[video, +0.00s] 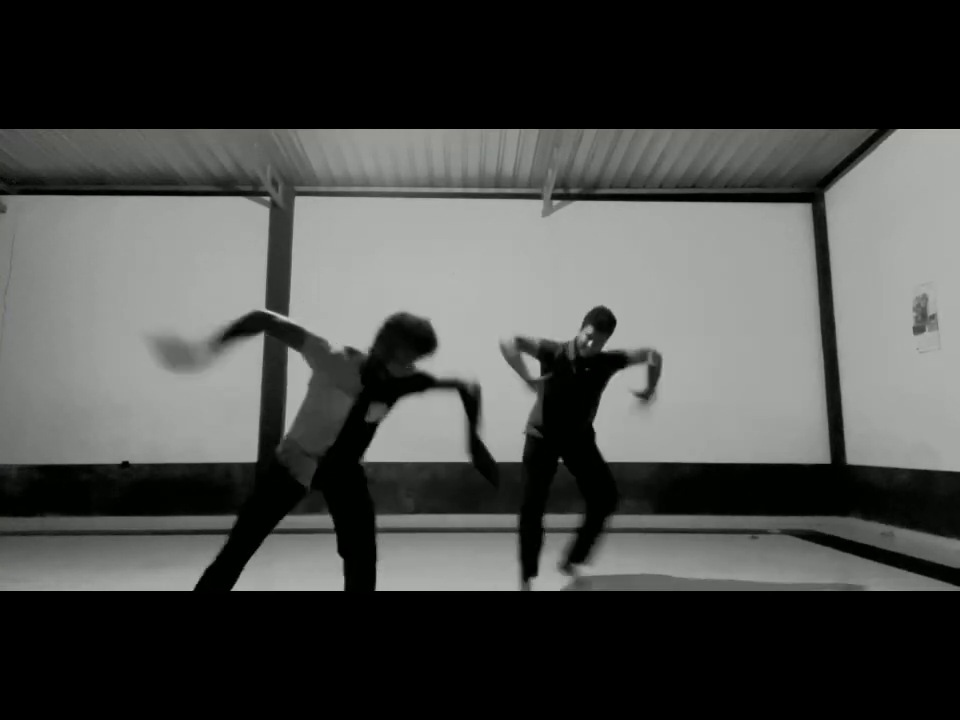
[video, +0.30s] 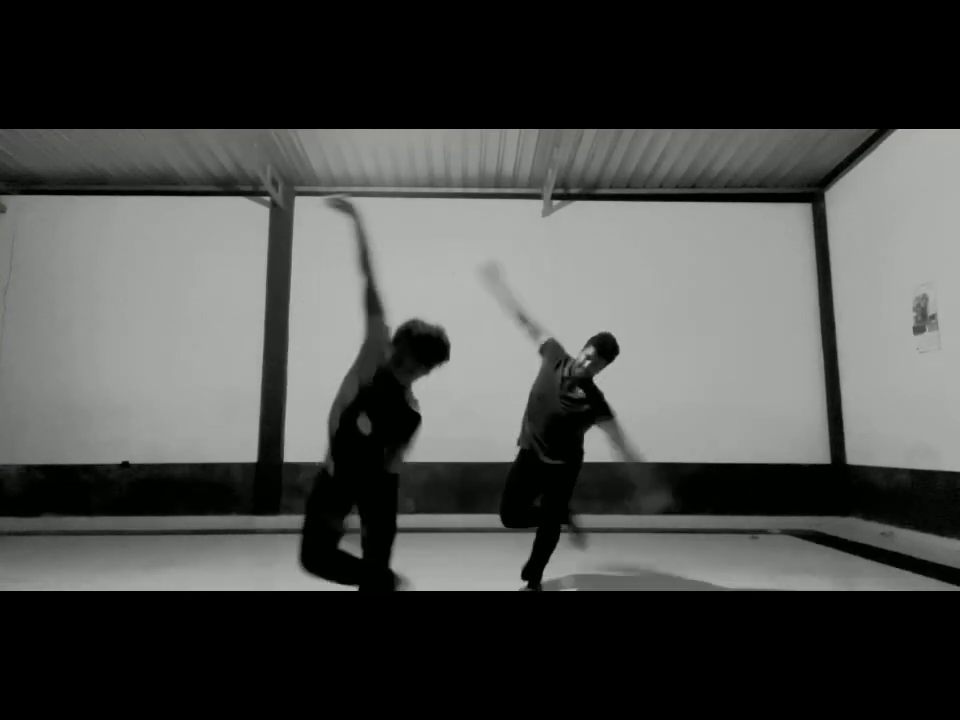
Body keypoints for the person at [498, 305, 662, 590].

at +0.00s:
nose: (591, 345)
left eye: (599, 341)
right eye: (589, 337)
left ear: (605, 341)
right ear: (581, 329)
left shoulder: (608, 362)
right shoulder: (553, 351)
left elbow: (653, 356)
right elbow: (508, 342)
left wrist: (650, 389)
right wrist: (527, 378)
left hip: (579, 441)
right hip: (543, 438)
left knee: (604, 497)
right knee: (533, 504)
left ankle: (572, 562)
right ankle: (528, 576)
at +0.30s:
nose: (587, 365)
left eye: (596, 364)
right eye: (587, 356)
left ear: (602, 369)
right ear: (580, 350)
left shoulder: (594, 404)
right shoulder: (553, 356)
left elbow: (621, 445)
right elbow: (522, 319)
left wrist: (644, 476)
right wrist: (496, 284)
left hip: (563, 466)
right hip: (530, 455)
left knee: (550, 520)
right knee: (510, 515)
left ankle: (532, 577)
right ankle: (563, 518)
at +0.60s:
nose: (574, 316)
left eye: (579, 313)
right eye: (581, 312)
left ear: (577, 323)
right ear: (602, 326)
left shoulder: (552, 348)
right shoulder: (603, 348)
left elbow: (529, 309)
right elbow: (639, 310)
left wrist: (546, 279)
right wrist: (618, 276)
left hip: (550, 439)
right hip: (585, 439)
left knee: (522, 497)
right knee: (577, 506)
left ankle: (532, 574)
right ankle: (595, 577)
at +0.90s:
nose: (602, 334)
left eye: (607, 329)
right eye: (597, 329)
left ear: (613, 332)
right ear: (587, 331)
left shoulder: (608, 366)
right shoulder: (582, 362)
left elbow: (625, 413)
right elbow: (614, 400)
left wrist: (663, 398)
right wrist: (654, 385)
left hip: (578, 439)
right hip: (556, 439)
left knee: (617, 502)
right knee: (595, 504)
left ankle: (607, 576)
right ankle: (574, 576)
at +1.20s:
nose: (607, 310)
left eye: (614, 307)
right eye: (607, 304)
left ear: (627, 316)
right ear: (604, 306)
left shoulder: (629, 352)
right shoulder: (578, 331)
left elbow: (673, 372)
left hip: (596, 425)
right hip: (558, 422)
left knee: (614, 495)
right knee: (559, 495)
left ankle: (609, 572)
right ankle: (569, 569)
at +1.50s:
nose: (597, 299)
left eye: (605, 297)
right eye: (600, 295)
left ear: (618, 309)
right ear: (599, 302)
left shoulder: (629, 345)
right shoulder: (576, 324)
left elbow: (676, 351)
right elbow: (550, 293)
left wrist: (705, 339)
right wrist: (530, 264)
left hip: (595, 432)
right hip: (560, 426)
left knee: (595, 503)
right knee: (559, 501)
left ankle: (596, 571)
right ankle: (557, 569)